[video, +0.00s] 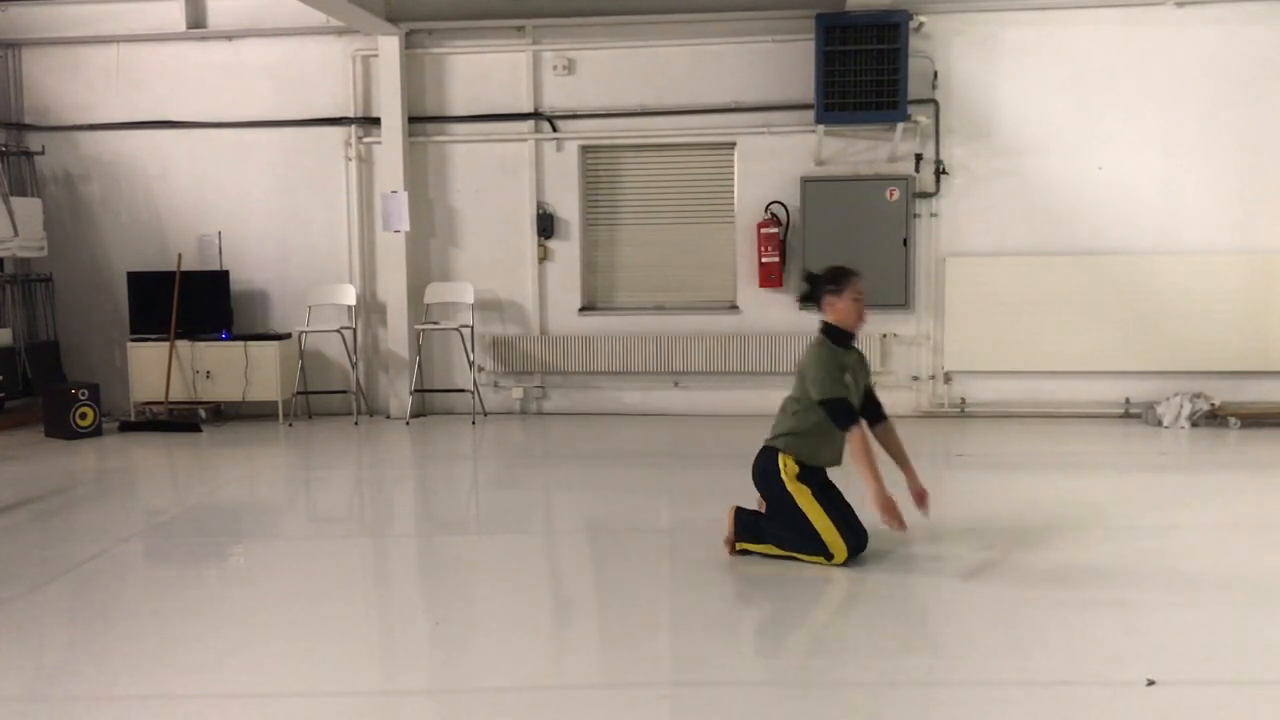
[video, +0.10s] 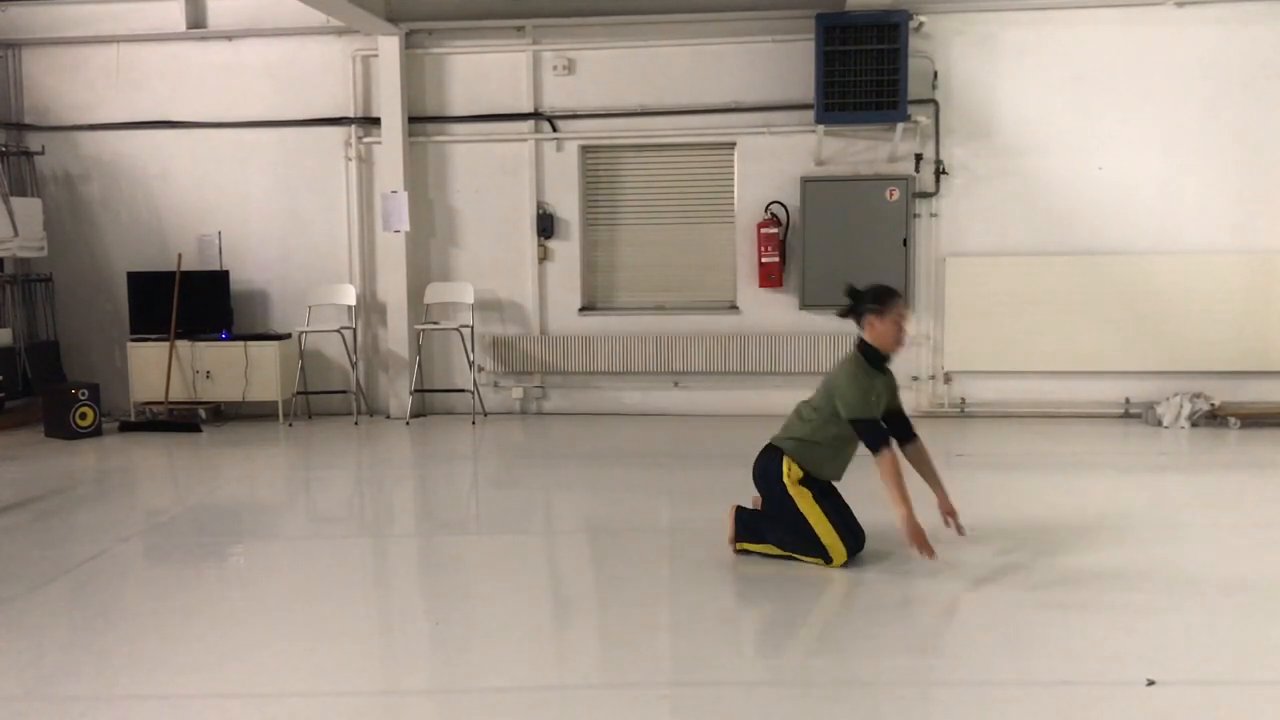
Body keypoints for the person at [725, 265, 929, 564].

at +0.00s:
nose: (864, 307)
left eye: (863, 299)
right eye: (856, 298)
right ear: (829, 304)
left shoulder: (854, 359)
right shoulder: (821, 357)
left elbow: (878, 421)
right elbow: (852, 429)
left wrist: (911, 476)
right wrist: (879, 494)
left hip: (808, 468)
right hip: (781, 468)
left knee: (854, 541)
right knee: (839, 550)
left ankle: (775, 513)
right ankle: (745, 528)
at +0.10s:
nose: (903, 330)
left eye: (904, 321)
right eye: (896, 321)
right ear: (870, 323)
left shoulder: (883, 379)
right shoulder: (852, 377)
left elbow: (908, 439)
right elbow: (882, 451)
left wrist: (941, 495)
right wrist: (908, 518)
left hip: (809, 471)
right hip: (783, 468)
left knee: (851, 539)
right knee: (837, 551)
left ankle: (771, 510)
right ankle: (746, 528)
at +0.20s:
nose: (945, 363)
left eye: (945, 354)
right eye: (939, 354)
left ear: (915, 353)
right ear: (911, 352)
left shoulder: (908, 399)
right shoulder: (886, 400)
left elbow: (936, 460)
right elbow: (907, 481)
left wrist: (970, 516)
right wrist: (929, 553)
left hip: (808, 469)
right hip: (787, 468)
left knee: (841, 545)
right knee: (836, 553)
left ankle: (757, 514)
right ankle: (750, 524)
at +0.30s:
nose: (985, 403)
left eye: (989, 394)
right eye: (980, 392)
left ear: (958, 388)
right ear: (953, 386)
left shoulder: (936, 422)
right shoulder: (917, 426)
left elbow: (960, 482)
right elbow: (909, 511)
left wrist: (996, 539)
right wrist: (933, 588)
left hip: (811, 458)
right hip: (799, 460)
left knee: (835, 542)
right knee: (836, 552)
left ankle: (736, 504)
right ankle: (744, 525)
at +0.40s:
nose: (1023, 449)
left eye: (1028, 441)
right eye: (1022, 439)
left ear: (1002, 425)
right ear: (997, 426)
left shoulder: (966, 439)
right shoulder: (945, 448)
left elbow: (971, 501)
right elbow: (901, 523)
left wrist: (1002, 560)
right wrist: (928, 593)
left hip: (826, 439)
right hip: (822, 462)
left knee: (772, 495)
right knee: (834, 552)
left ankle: (694, 455)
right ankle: (747, 525)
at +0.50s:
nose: (1046, 494)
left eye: (1052, 487)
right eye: (1047, 484)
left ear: (1028, 461)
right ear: (1028, 468)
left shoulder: (988, 457)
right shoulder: (966, 472)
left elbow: (976, 506)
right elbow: (901, 526)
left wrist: (1000, 560)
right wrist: (930, 594)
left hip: (850, 428)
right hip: (843, 462)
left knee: (764, 418)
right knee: (821, 547)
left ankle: (685, 369)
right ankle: (739, 525)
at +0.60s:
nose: (1055, 529)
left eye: (1061, 524)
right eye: (1058, 521)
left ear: (1041, 494)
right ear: (1043, 503)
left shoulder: (1003, 473)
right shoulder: (985, 494)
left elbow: (979, 510)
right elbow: (904, 530)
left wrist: (999, 560)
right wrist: (928, 594)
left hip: (875, 413)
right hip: (862, 445)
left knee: (796, 363)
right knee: (815, 516)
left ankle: (728, 287)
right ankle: (731, 524)